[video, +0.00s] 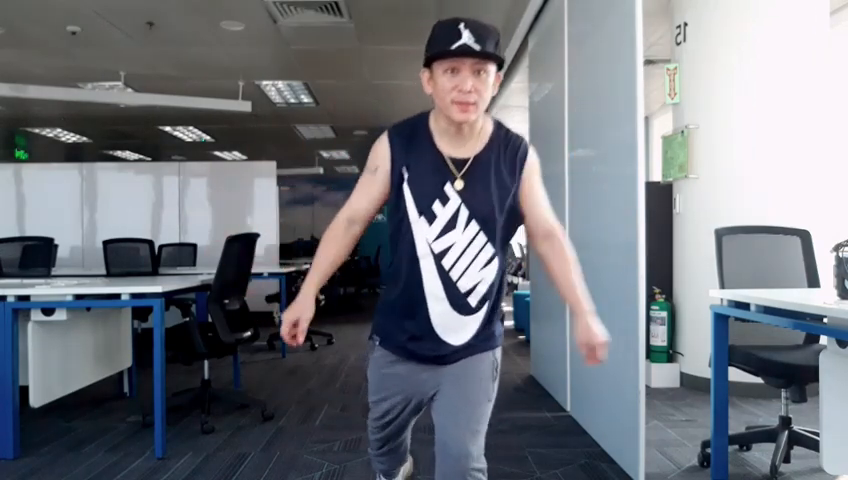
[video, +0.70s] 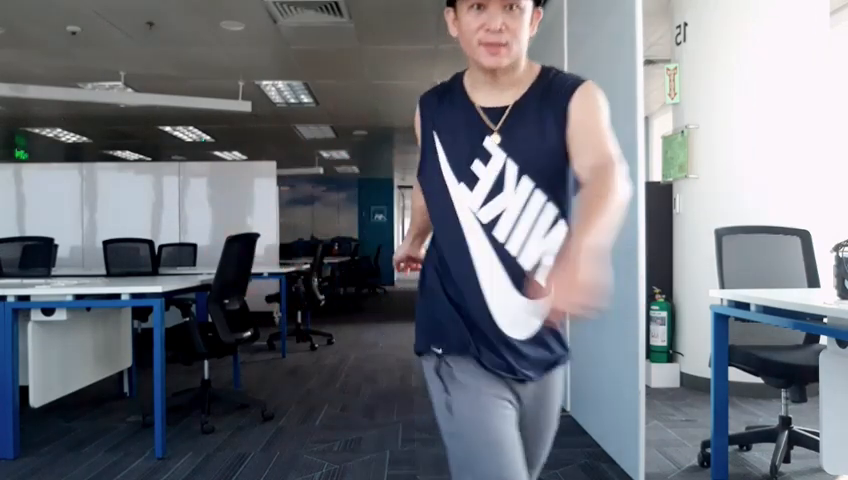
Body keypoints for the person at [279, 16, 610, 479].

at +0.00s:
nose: (466, 85)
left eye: (479, 72)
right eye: (452, 72)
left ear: (495, 81)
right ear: (427, 80)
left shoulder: (515, 154)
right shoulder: (395, 146)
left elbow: (547, 235)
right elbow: (350, 221)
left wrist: (584, 314)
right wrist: (308, 291)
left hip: (474, 344)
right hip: (400, 339)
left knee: (462, 464)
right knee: (384, 441)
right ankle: (394, 473)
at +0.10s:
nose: (471, 72)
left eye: (484, 59)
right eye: (457, 59)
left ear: (501, 69)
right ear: (433, 68)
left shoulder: (527, 144)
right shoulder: (401, 132)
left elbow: (568, 221)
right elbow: (350, 201)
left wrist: (610, 289)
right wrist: (319, 256)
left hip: (479, 340)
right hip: (405, 332)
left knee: (464, 463)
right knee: (380, 432)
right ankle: (391, 470)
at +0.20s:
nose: (472, 62)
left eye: (485, 48)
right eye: (458, 48)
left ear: (506, 56)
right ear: (435, 59)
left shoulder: (538, 128)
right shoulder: (409, 114)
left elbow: (574, 199)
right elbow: (356, 172)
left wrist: (613, 227)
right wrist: (329, 202)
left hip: (489, 337)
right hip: (411, 325)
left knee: (469, 468)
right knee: (372, 456)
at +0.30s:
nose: (478, 50)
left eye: (492, 35)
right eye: (463, 37)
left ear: (512, 44)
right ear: (441, 48)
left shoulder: (546, 117)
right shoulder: (415, 110)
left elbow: (589, 189)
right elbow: (360, 174)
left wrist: (568, 190)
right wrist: (307, 209)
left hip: (496, 337)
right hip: (416, 324)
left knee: (475, 470)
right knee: (370, 460)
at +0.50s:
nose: (489, 34)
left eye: (503, 20)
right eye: (473, 20)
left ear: (525, 31)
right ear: (450, 34)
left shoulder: (558, 105)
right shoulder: (424, 109)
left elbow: (573, 181)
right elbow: (367, 193)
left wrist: (488, 194)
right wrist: (310, 269)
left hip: (515, 333)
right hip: (432, 323)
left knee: (492, 471)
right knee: (413, 464)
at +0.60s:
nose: (492, 32)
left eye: (508, 17)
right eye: (477, 17)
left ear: (529, 30)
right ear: (452, 30)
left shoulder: (561, 105)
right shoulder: (426, 112)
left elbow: (577, 182)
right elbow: (397, 193)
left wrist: (488, 221)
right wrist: (366, 259)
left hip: (522, 331)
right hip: (444, 329)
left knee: (508, 471)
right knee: (461, 470)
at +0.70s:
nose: (495, 23)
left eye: (511, 8)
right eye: (479, 8)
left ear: (535, 20)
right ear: (452, 21)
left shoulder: (573, 97)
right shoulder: (432, 109)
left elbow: (607, 176)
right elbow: (428, 186)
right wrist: (414, 242)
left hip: (542, 340)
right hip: (459, 340)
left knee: (522, 470)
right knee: (500, 471)